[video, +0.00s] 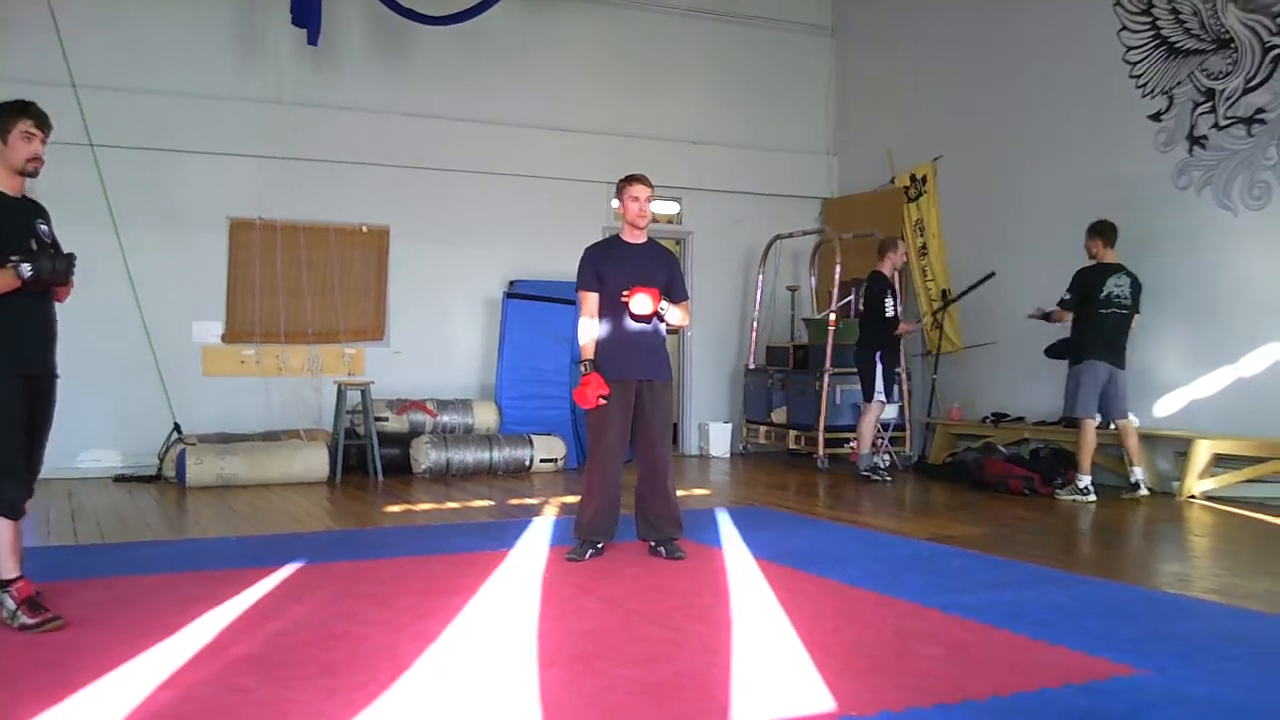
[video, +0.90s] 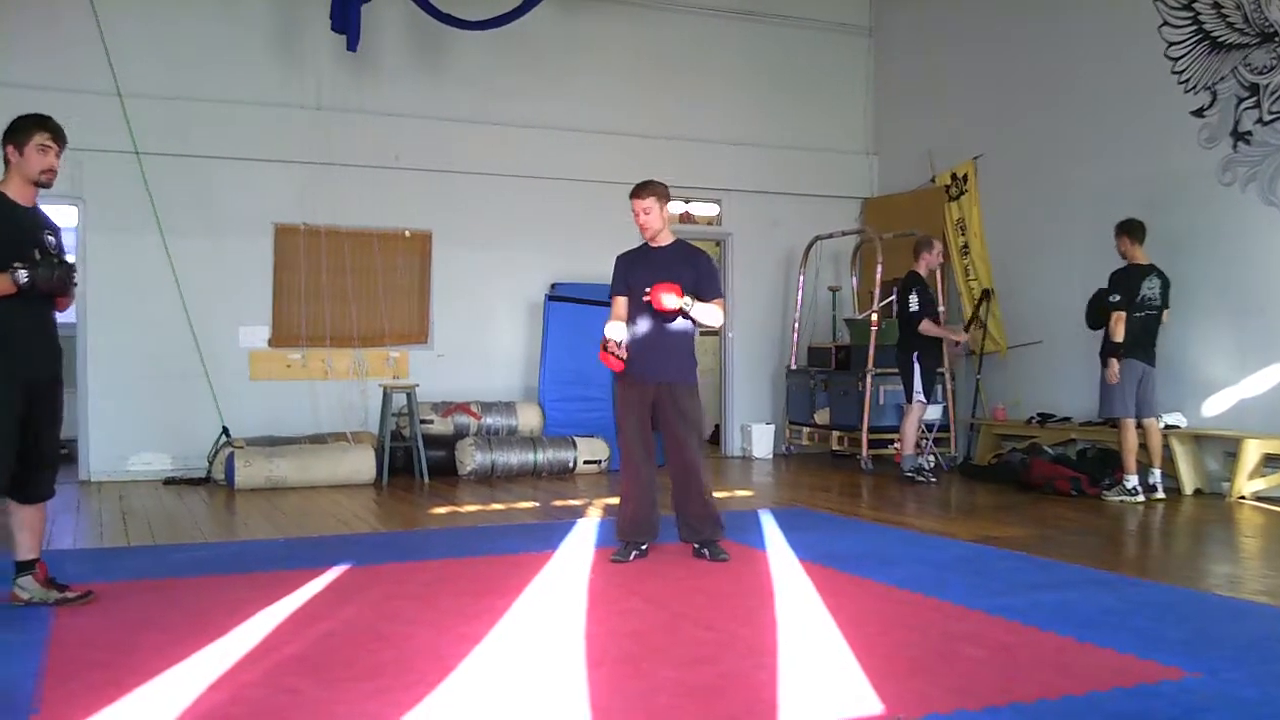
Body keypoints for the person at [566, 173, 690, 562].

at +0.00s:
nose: (641, 206)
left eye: (646, 200)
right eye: (634, 199)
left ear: (653, 207)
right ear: (619, 205)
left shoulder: (666, 258)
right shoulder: (596, 254)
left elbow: (682, 317)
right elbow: (588, 316)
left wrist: (660, 307)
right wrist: (588, 367)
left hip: (656, 372)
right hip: (611, 370)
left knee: (657, 455)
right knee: (604, 455)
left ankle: (661, 534)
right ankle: (593, 535)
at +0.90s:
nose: (640, 219)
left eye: (646, 211)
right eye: (636, 213)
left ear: (666, 210)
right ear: (634, 215)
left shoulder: (696, 258)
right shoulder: (626, 261)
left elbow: (717, 317)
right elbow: (618, 316)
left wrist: (684, 304)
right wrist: (615, 338)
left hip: (678, 375)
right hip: (632, 375)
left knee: (689, 456)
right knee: (634, 458)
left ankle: (703, 535)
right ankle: (635, 538)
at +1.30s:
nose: (685, 223)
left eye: (692, 215)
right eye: (680, 216)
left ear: (708, 214)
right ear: (675, 217)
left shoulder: (733, 261)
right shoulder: (666, 263)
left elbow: (750, 319)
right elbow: (655, 323)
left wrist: (711, 311)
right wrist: (651, 372)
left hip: (717, 376)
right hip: (672, 375)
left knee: (725, 456)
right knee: (677, 460)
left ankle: (753, 534)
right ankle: (688, 539)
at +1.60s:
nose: (676, 229)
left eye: (682, 221)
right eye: (669, 222)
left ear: (696, 214)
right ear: (660, 218)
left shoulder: (721, 255)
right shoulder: (648, 260)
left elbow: (746, 308)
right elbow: (637, 320)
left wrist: (715, 316)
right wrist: (633, 377)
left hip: (710, 374)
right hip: (665, 375)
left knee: (703, 452)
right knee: (671, 453)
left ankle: (698, 539)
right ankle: (678, 535)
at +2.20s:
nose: (738, 231)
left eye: (747, 225)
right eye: (733, 222)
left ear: (761, 216)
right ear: (724, 206)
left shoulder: (771, 260)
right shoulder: (695, 241)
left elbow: (786, 315)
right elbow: (675, 302)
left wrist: (759, 327)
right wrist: (671, 361)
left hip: (745, 381)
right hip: (696, 374)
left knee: (742, 462)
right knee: (693, 452)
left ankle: (737, 549)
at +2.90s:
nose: (635, 157)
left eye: (643, 149)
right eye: (629, 148)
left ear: (659, 144)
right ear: (622, 144)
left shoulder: (682, 193)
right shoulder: (615, 187)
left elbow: (701, 258)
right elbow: (604, 250)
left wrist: (655, 260)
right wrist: (597, 305)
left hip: (667, 321)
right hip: (620, 320)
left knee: (683, 406)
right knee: (617, 406)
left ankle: (705, 488)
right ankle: (616, 487)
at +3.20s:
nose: (625, 154)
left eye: (632, 145)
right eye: (617, 147)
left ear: (643, 143)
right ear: (608, 149)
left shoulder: (671, 194)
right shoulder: (606, 198)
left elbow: (692, 254)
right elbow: (592, 258)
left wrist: (638, 259)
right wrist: (570, 312)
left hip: (661, 320)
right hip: (621, 318)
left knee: (657, 406)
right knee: (620, 406)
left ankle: (698, 452)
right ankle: (633, 492)